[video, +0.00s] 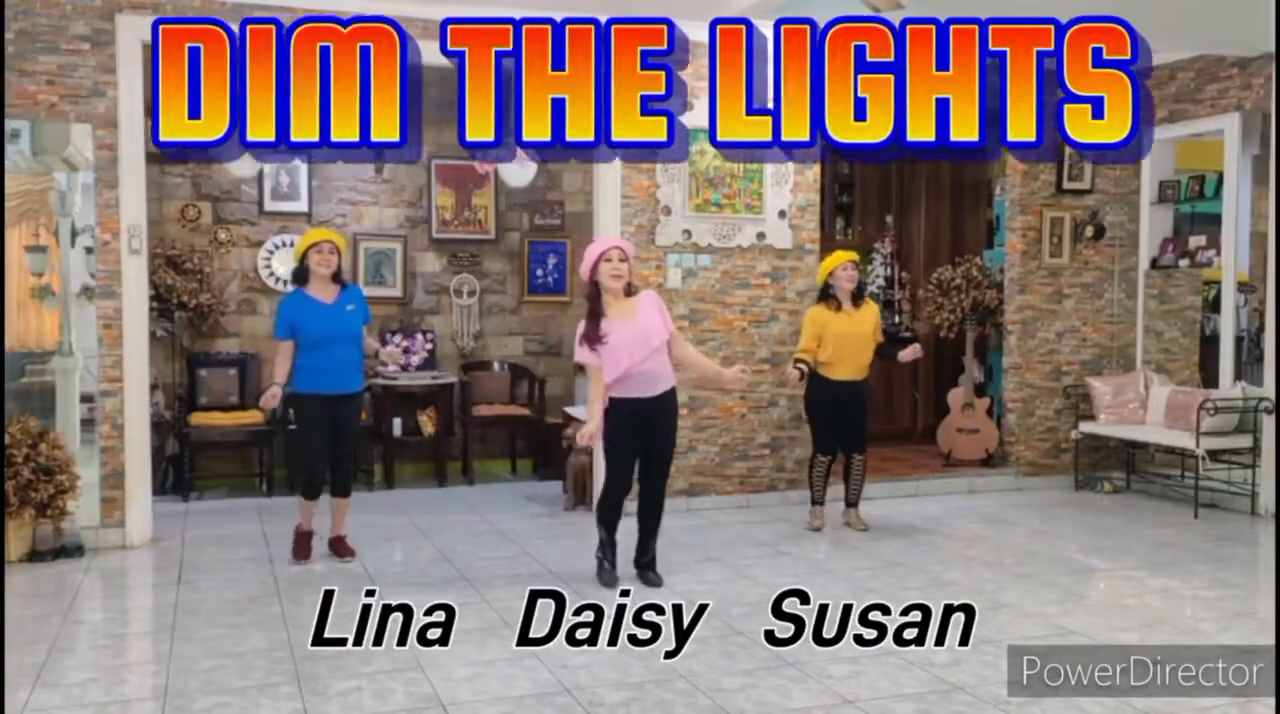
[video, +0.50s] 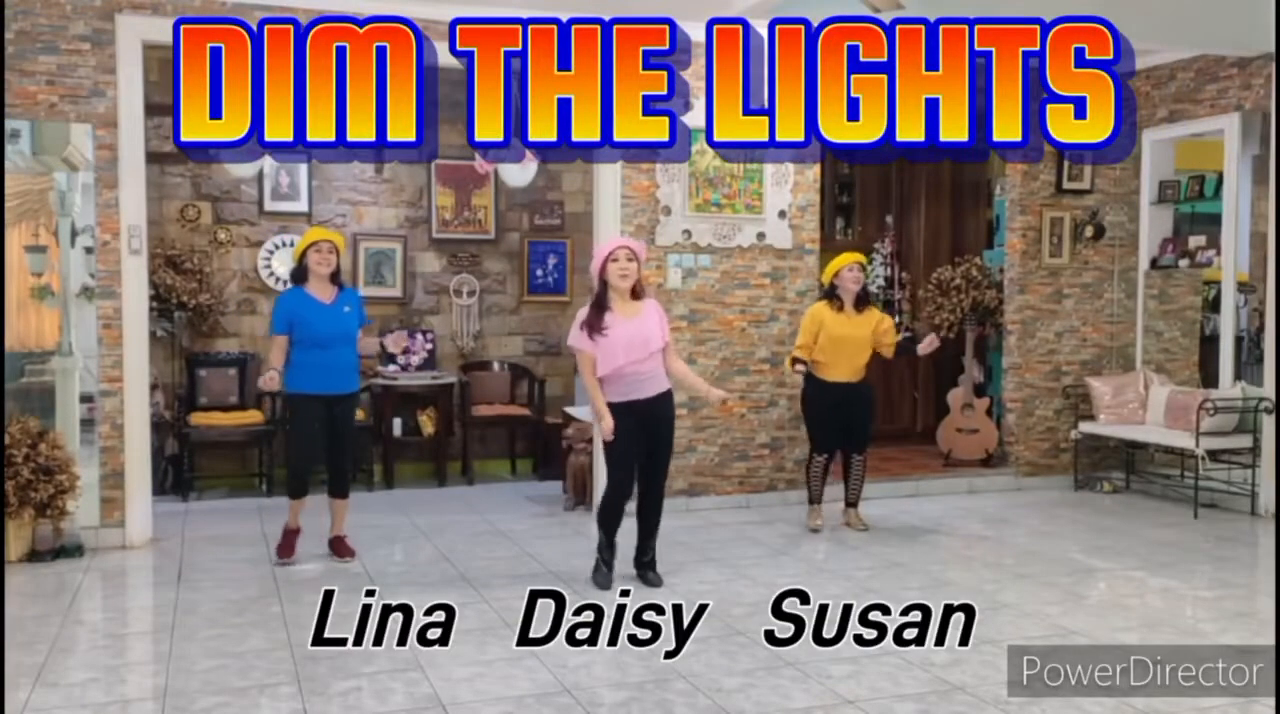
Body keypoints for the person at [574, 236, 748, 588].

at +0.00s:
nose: (617, 266)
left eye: (622, 261)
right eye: (608, 261)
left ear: (630, 268)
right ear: (594, 273)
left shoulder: (650, 302)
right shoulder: (592, 325)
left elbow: (680, 350)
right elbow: (596, 381)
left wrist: (722, 374)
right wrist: (594, 421)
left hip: (662, 404)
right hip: (621, 408)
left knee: (654, 487)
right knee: (618, 485)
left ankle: (646, 559)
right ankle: (606, 549)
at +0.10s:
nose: (620, 267)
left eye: (625, 262)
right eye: (611, 262)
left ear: (632, 269)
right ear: (596, 273)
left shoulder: (651, 303)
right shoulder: (592, 324)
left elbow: (681, 351)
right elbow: (598, 381)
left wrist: (722, 374)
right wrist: (599, 418)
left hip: (665, 404)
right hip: (624, 409)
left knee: (657, 487)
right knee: (626, 485)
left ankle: (646, 561)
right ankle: (621, 556)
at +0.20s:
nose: (621, 271)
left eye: (627, 264)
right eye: (613, 264)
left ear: (634, 272)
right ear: (598, 274)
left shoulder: (651, 307)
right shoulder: (591, 325)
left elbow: (679, 355)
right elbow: (597, 380)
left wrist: (722, 377)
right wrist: (608, 415)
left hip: (667, 404)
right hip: (627, 411)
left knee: (660, 487)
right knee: (631, 487)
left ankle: (647, 559)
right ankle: (626, 559)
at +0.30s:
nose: (622, 271)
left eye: (628, 266)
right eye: (614, 265)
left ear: (636, 274)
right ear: (600, 274)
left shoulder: (652, 310)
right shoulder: (590, 325)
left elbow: (679, 358)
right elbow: (595, 380)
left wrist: (720, 379)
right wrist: (613, 412)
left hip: (666, 405)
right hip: (627, 412)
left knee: (660, 488)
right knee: (631, 488)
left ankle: (647, 558)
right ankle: (626, 557)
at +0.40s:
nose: (624, 269)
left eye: (630, 264)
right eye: (616, 263)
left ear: (637, 272)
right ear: (601, 273)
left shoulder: (652, 309)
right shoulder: (591, 321)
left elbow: (676, 360)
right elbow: (593, 376)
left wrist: (715, 385)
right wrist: (611, 411)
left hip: (663, 405)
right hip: (624, 411)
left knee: (657, 488)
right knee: (628, 487)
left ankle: (646, 560)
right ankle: (621, 557)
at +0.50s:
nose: (623, 267)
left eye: (630, 261)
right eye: (615, 261)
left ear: (638, 270)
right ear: (603, 270)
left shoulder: (652, 309)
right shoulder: (589, 317)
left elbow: (672, 363)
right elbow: (587, 374)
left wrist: (709, 391)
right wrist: (604, 415)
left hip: (659, 405)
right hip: (619, 410)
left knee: (653, 489)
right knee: (620, 487)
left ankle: (645, 560)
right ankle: (605, 555)